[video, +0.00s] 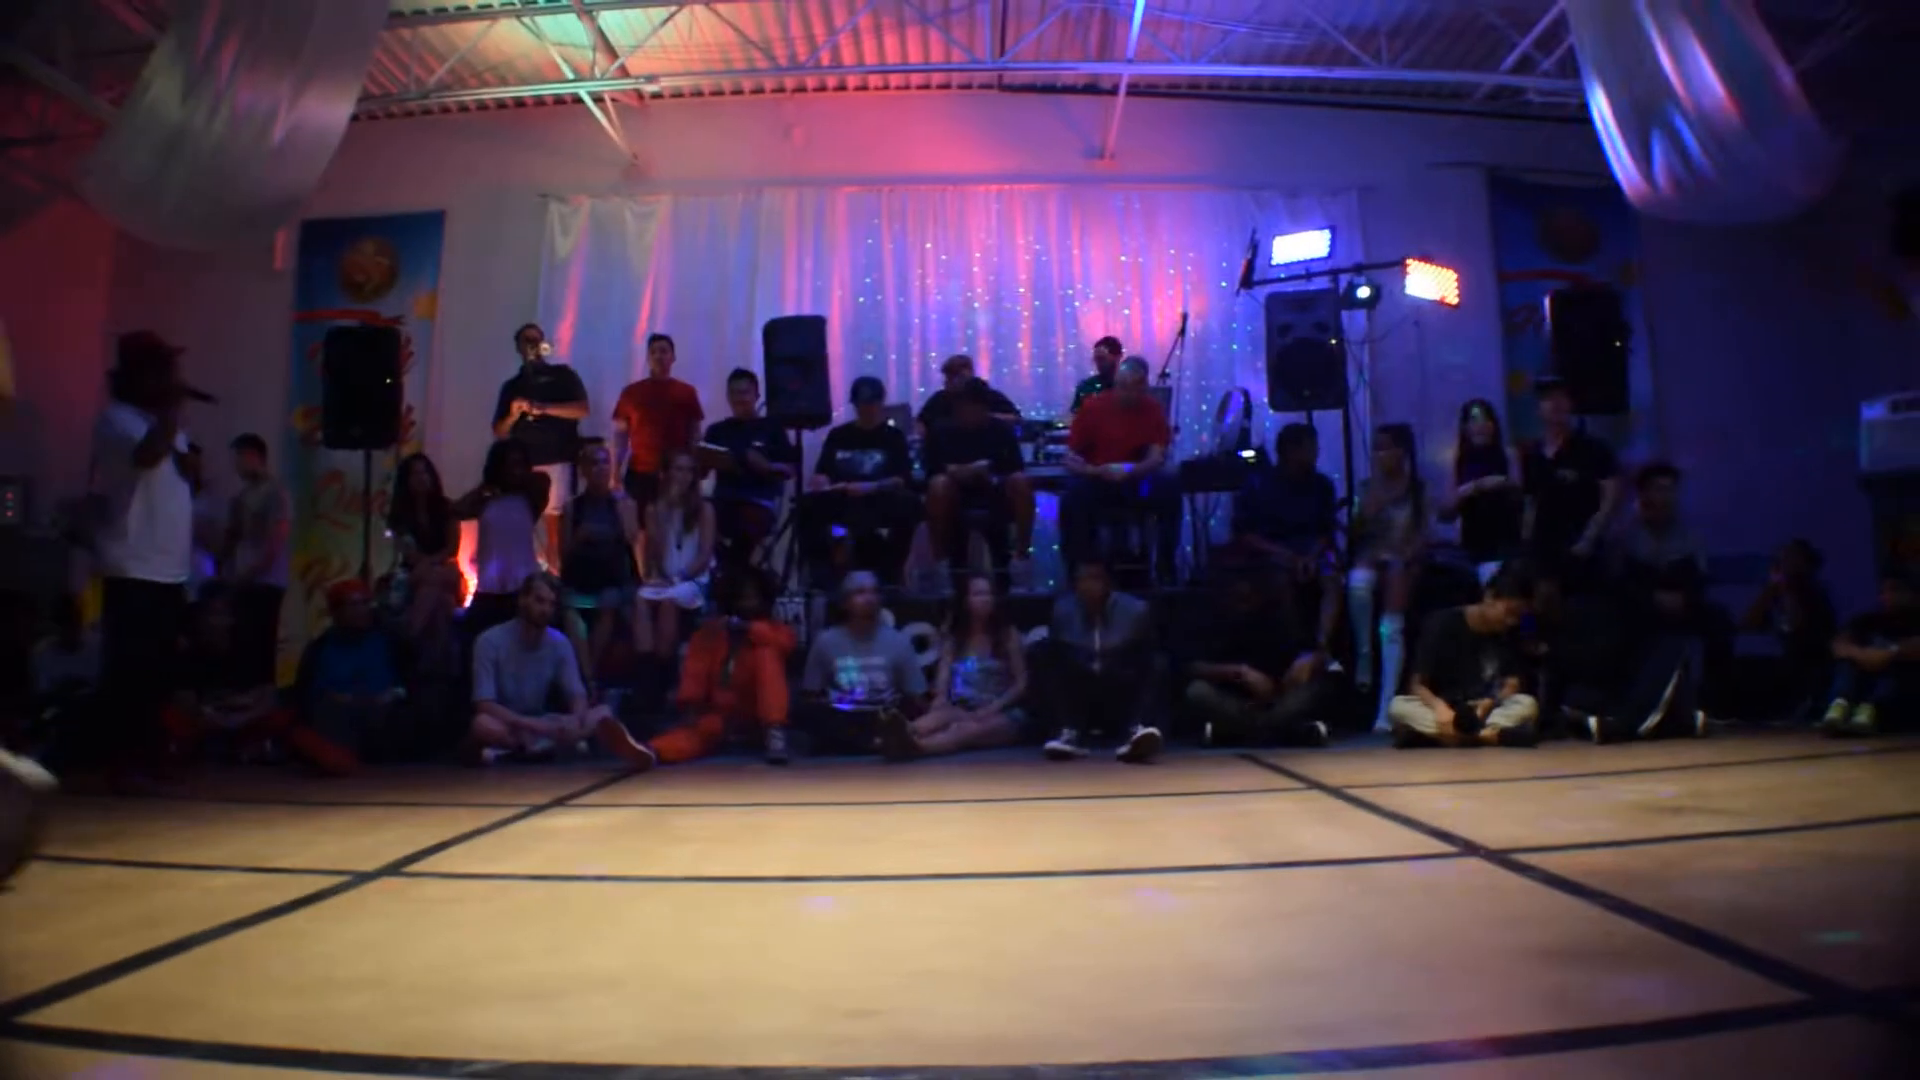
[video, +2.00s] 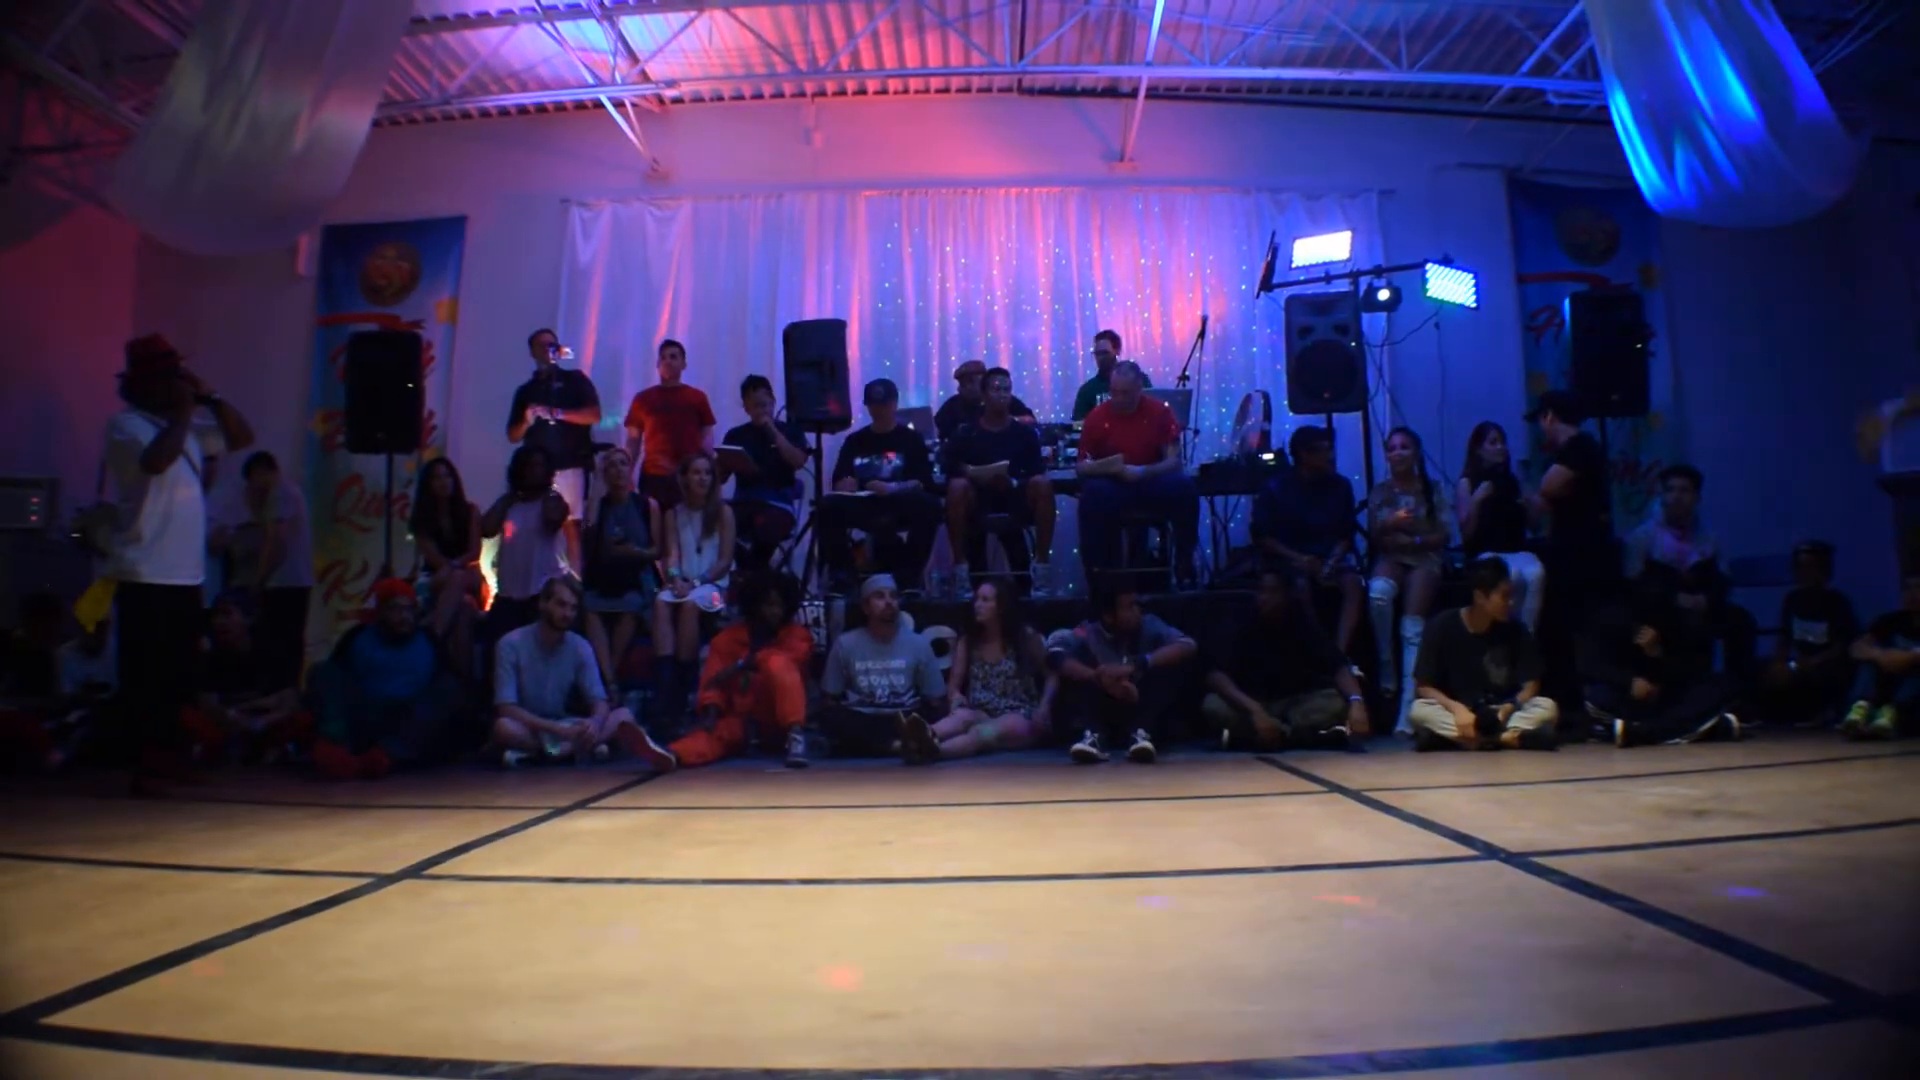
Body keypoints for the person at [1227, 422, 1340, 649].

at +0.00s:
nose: (1310, 457)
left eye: (1312, 450)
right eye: (1303, 450)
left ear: (1315, 451)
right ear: (1285, 452)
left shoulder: (1322, 485)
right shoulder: (1262, 484)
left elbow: (1327, 532)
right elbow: (1246, 534)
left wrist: (1313, 556)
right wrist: (1287, 557)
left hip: (1312, 556)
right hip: (1274, 556)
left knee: (1332, 580)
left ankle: (1322, 649)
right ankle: (1293, 650)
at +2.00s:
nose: (1329, 456)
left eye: (1330, 450)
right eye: (1322, 450)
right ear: (1303, 454)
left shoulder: (1340, 486)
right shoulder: (1278, 487)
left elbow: (1348, 533)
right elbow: (1262, 536)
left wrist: (1333, 560)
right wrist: (1300, 560)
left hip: (1330, 557)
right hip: (1292, 558)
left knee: (1353, 583)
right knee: (1299, 585)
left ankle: (1340, 657)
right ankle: (1311, 656)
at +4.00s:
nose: (1323, 455)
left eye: (1325, 449)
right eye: (1316, 449)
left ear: (1330, 453)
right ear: (1300, 454)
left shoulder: (1339, 488)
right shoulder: (1280, 487)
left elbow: (1347, 535)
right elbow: (1270, 538)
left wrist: (1332, 558)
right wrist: (1309, 561)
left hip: (1330, 557)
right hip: (1294, 557)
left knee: (1354, 580)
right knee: (1301, 584)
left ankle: (1351, 648)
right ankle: (1312, 654)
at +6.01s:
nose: (1303, 447)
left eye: (1311, 442)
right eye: (1301, 441)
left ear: (1326, 450)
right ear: (1296, 447)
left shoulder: (1342, 487)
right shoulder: (1279, 483)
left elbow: (1339, 536)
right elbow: (1265, 533)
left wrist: (1329, 571)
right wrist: (1305, 556)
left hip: (1326, 555)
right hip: (1289, 555)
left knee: (1351, 582)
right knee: (1307, 577)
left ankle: (1347, 654)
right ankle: (1314, 653)